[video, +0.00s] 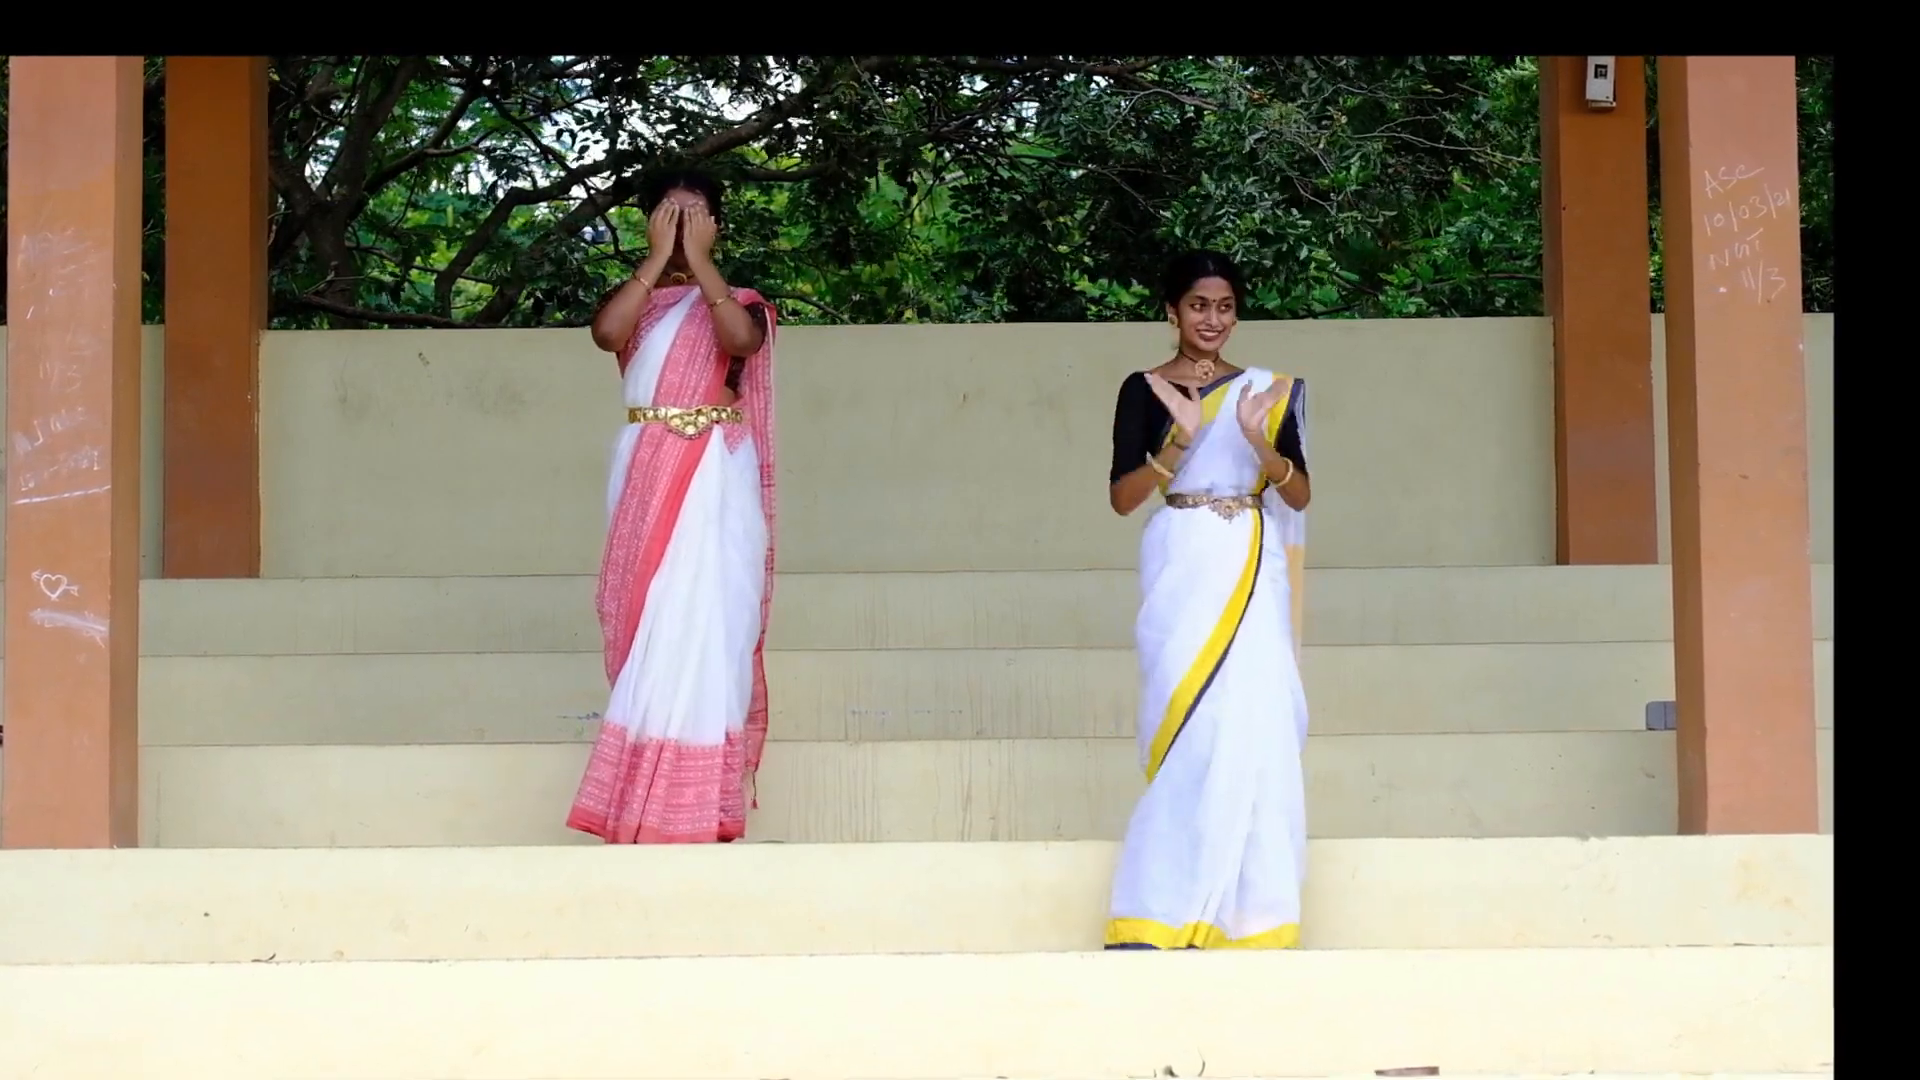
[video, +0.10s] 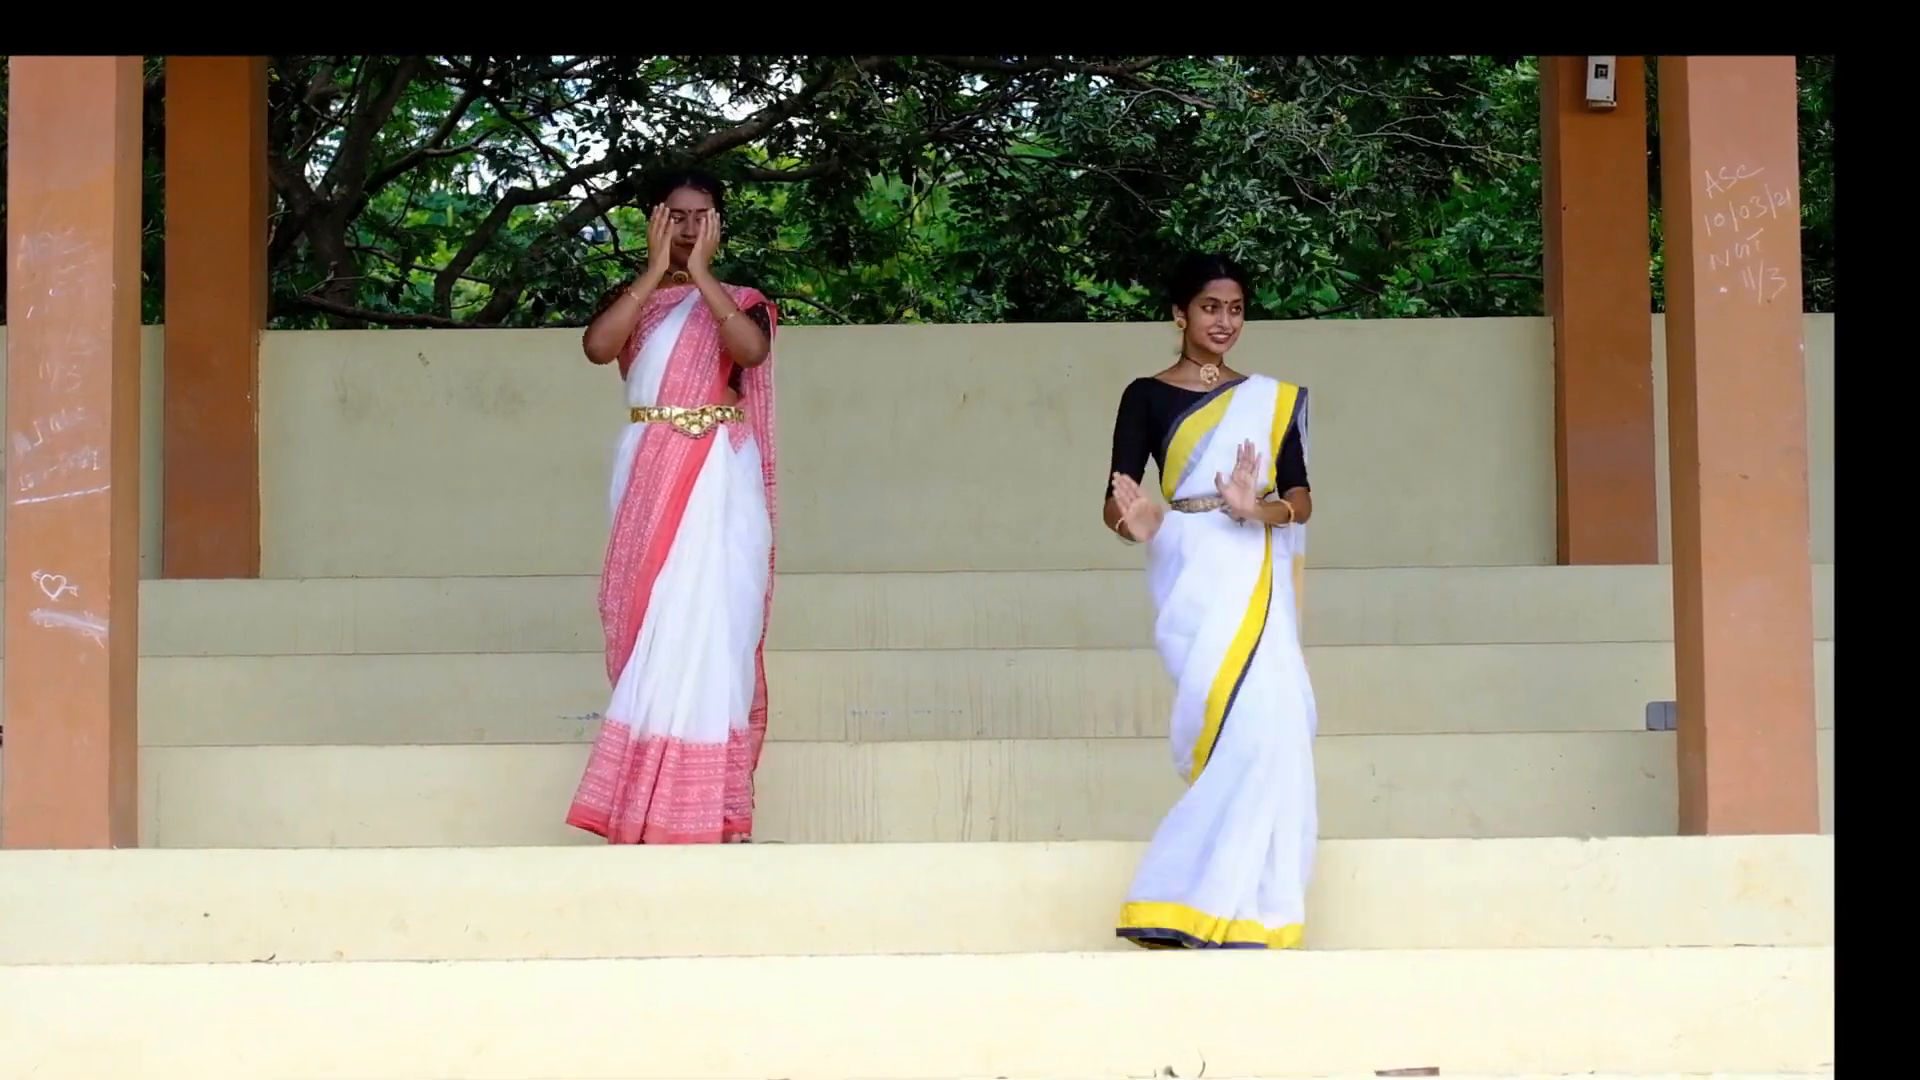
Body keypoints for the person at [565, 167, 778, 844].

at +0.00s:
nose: (681, 226)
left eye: (695, 214)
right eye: (670, 213)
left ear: (717, 226)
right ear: (651, 225)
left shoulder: (740, 301)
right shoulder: (638, 301)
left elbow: (742, 339)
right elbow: (608, 332)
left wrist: (701, 261)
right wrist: (658, 256)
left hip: (714, 476)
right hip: (646, 474)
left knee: (703, 627)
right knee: (650, 626)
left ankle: (693, 803)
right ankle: (644, 799)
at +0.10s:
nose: (690, 227)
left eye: (701, 215)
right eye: (678, 215)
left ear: (719, 223)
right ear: (656, 224)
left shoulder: (741, 300)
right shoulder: (638, 300)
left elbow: (751, 349)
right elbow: (597, 346)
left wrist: (702, 275)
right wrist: (656, 270)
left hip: (720, 479)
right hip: (650, 478)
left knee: (708, 632)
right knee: (653, 630)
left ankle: (699, 810)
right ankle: (647, 805)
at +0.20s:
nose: (704, 231)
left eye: (714, 220)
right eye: (690, 219)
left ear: (727, 229)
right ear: (664, 227)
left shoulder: (747, 307)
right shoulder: (631, 304)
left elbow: (766, 377)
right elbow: (590, 385)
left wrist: (702, 337)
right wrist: (636, 337)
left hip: (727, 482)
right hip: (655, 481)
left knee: (717, 629)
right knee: (658, 628)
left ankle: (703, 809)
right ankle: (652, 804)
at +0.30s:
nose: (720, 237)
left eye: (729, 226)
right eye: (705, 224)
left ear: (736, 235)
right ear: (674, 233)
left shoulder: (755, 313)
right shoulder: (633, 315)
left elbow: (767, 395)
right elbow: (609, 399)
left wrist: (720, 414)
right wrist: (604, 427)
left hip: (733, 490)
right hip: (659, 489)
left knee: (717, 631)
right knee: (661, 631)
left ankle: (706, 812)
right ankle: (659, 806)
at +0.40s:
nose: (734, 239)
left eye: (739, 227)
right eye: (719, 227)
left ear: (744, 236)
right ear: (684, 236)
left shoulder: (759, 316)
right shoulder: (639, 315)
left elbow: (771, 401)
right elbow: (610, 401)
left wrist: (703, 433)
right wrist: (580, 478)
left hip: (737, 494)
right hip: (663, 494)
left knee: (728, 632)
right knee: (679, 636)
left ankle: (715, 808)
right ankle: (684, 801)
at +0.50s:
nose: (744, 241)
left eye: (749, 230)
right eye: (730, 227)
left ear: (752, 239)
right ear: (692, 233)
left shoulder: (763, 316)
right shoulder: (644, 312)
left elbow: (769, 395)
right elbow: (596, 395)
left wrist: (691, 408)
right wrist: (540, 470)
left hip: (746, 487)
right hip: (672, 487)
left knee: (768, 619)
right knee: (704, 627)